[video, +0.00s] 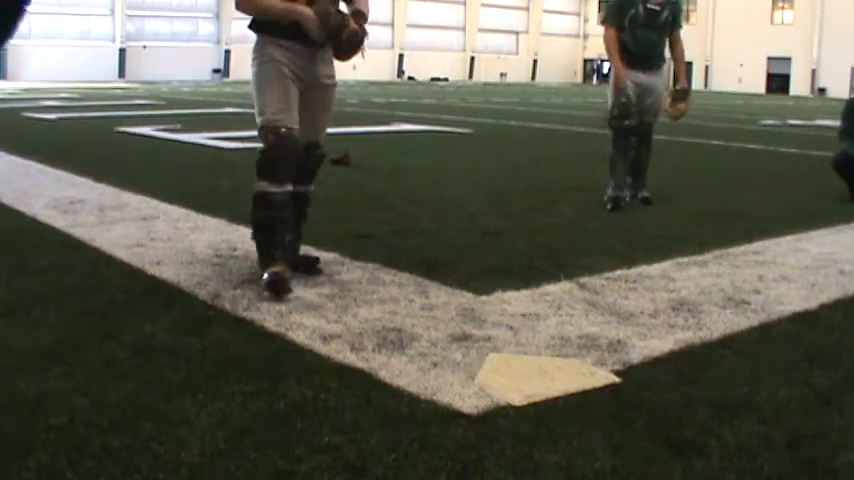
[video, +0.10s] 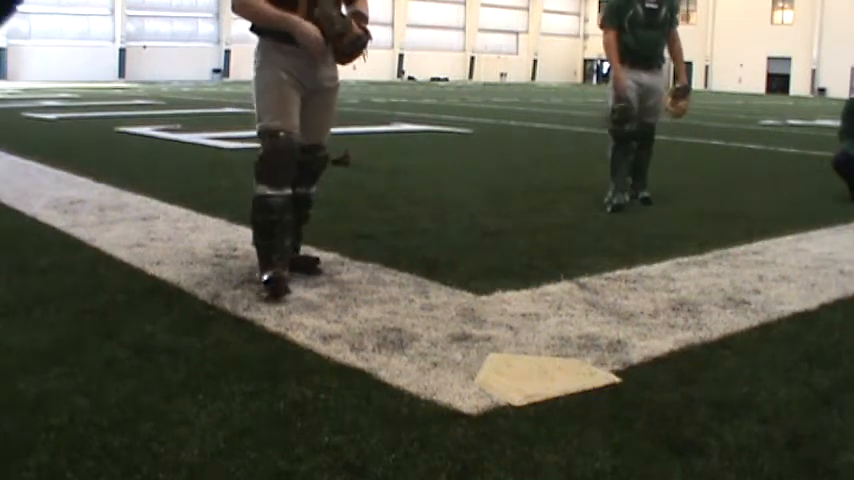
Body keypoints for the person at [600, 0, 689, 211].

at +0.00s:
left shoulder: (673, 4)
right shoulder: (621, 3)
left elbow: (675, 39)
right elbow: (610, 33)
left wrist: (682, 80)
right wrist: (619, 73)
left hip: (656, 74)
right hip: (625, 71)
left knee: (645, 134)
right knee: (621, 132)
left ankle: (640, 187)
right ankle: (617, 189)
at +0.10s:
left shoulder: (669, 4)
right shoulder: (619, 4)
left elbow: (672, 37)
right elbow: (609, 34)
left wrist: (682, 78)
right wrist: (617, 74)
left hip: (655, 74)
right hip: (626, 72)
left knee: (647, 135)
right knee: (623, 132)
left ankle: (640, 187)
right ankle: (618, 189)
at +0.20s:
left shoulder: (666, 4)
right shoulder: (617, 4)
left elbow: (669, 31)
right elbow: (609, 33)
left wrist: (681, 71)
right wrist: (616, 72)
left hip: (656, 72)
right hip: (626, 70)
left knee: (650, 132)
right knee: (623, 131)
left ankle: (640, 187)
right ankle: (618, 189)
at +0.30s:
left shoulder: (663, 4)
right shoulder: (615, 4)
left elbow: (668, 31)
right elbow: (607, 35)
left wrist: (680, 67)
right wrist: (614, 75)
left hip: (656, 72)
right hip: (626, 72)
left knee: (660, 132)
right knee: (623, 132)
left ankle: (642, 186)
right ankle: (619, 190)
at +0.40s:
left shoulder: (662, 4)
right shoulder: (615, 4)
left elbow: (667, 28)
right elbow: (607, 35)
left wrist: (679, 64)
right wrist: (613, 74)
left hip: (657, 72)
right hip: (625, 71)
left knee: (666, 132)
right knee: (623, 133)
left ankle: (645, 180)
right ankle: (619, 190)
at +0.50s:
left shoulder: (664, 4)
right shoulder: (616, 4)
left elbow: (669, 28)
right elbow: (608, 35)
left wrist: (681, 65)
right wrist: (609, 75)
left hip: (658, 71)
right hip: (627, 71)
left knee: (669, 131)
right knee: (626, 133)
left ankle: (654, 184)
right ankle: (619, 192)